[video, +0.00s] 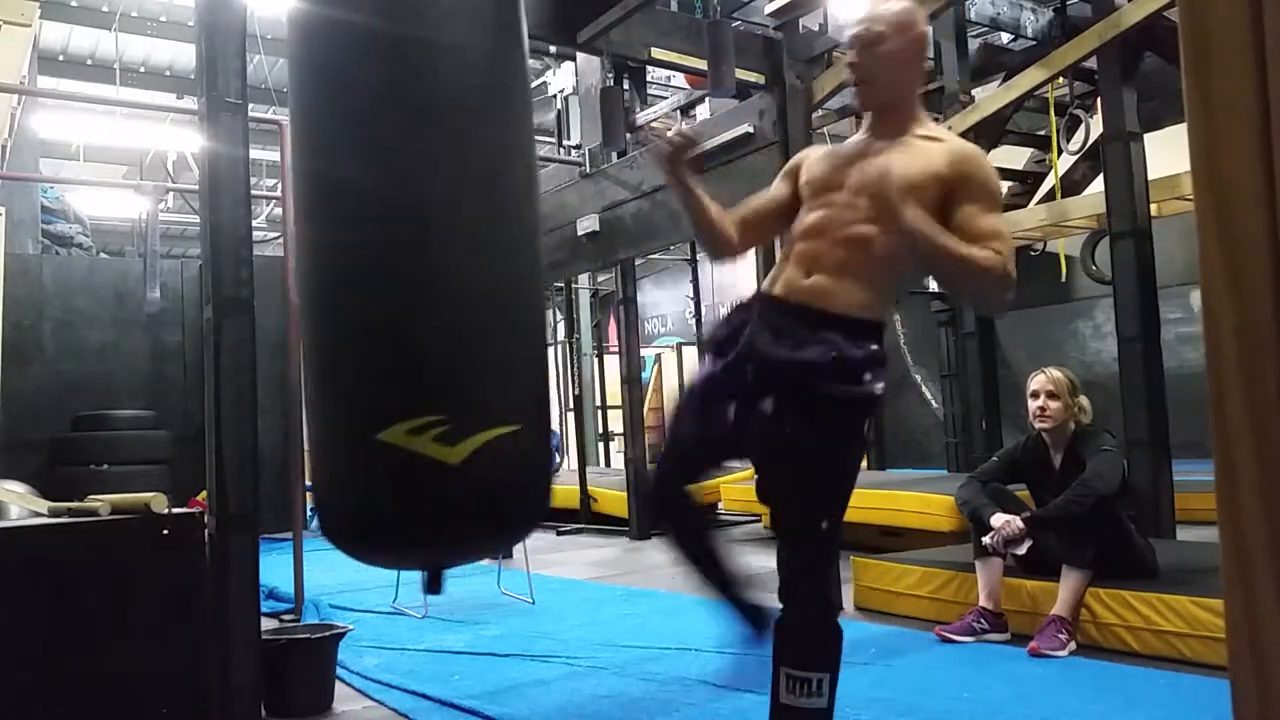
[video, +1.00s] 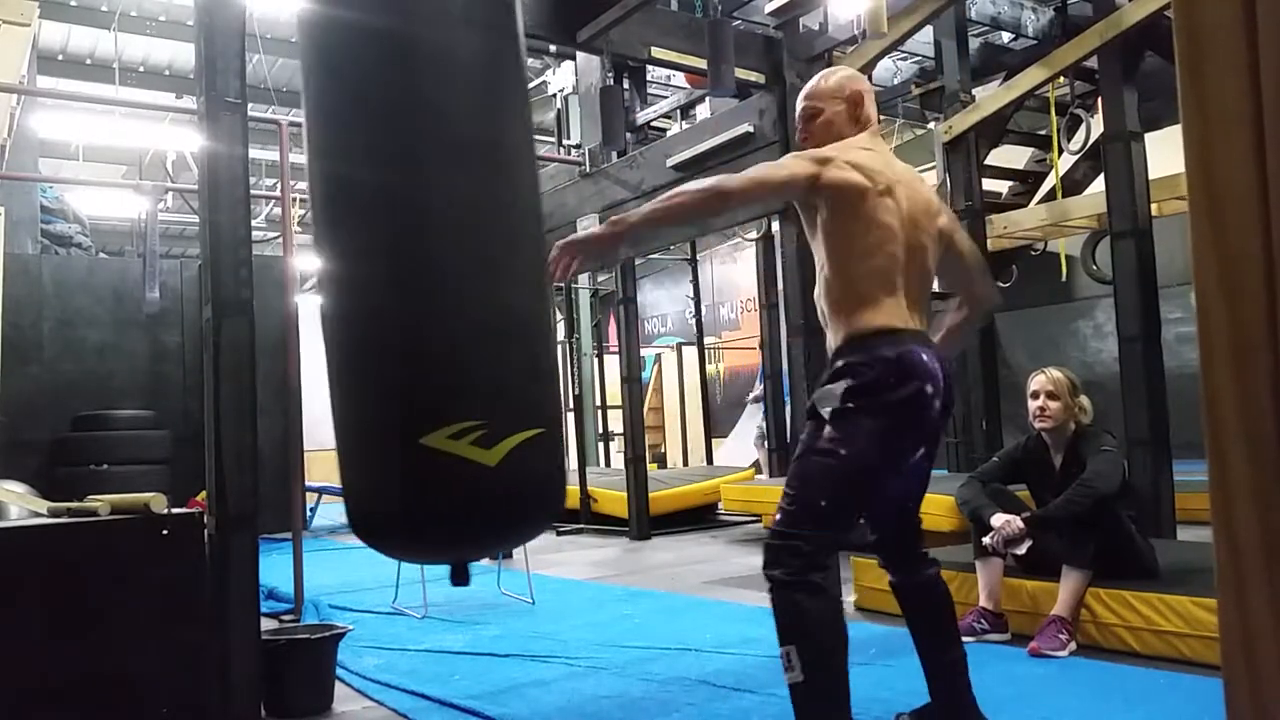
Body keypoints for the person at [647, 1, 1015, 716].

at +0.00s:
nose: (850, 57)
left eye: (867, 44)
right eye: (850, 46)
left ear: (914, 53)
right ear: (853, 60)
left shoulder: (956, 160)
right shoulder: (813, 161)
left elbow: (997, 281)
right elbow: (727, 238)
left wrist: (910, 217)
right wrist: (684, 177)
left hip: (836, 359)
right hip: (756, 338)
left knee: (805, 564)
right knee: (662, 486)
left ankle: (801, 713)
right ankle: (756, 618)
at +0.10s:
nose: (823, 64)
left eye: (841, 48)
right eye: (822, 54)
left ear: (893, 51)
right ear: (823, 72)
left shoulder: (935, 160)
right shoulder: (801, 181)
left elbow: (986, 275)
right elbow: (750, 284)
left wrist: (894, 269)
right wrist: (726, 232)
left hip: (838, 354)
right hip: (769, 352)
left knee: (803, 545)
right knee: (773, 528)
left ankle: (797, 711)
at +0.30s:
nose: (809, 117)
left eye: (817, 98)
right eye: (804, 105)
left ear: (862, 84)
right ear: (859, 91)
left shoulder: (880, 164)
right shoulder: (866, 174)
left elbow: (905, 261)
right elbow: (861, 305)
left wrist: (787, 268)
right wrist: (786, 317)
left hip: (849, 378)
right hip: (864, 379)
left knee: (790, 553)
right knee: (881, 550)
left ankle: (800, 711)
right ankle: (956, 703)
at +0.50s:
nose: (806, 133)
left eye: (812, 114)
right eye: (801, 120)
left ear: (855, 94)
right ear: (867, 101)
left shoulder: (840, 171)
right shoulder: (923, 180)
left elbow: (788, 256)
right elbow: (946, 301)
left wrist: (726, 213)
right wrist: (842, 316)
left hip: (853, 367)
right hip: (912, 367)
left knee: (808, 543)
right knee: (898, 534)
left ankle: (821, 710)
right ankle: (954, 700)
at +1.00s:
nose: (804, 127)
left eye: (815, 114)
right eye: (801, 118)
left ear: (863, 108)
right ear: (869, 119)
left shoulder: (825, 166)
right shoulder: (922, 190)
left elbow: (716, 194)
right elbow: (979, 294)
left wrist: (612, 235)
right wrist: (924, 356)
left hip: (870, 374)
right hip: (923, 376)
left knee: (796, 552)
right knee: (900, 542)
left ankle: (824, 712)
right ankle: (955, 703)